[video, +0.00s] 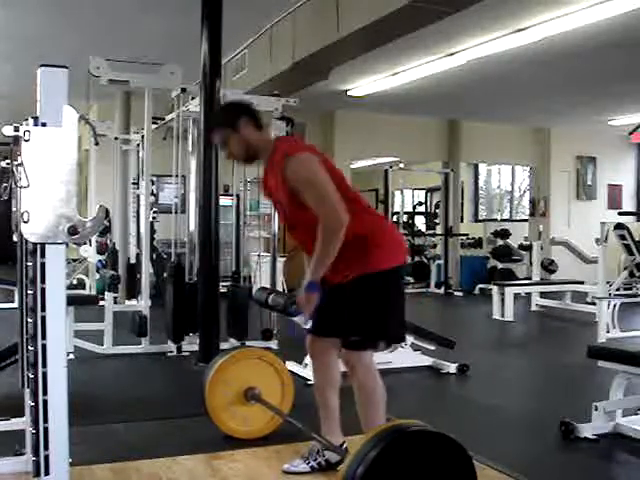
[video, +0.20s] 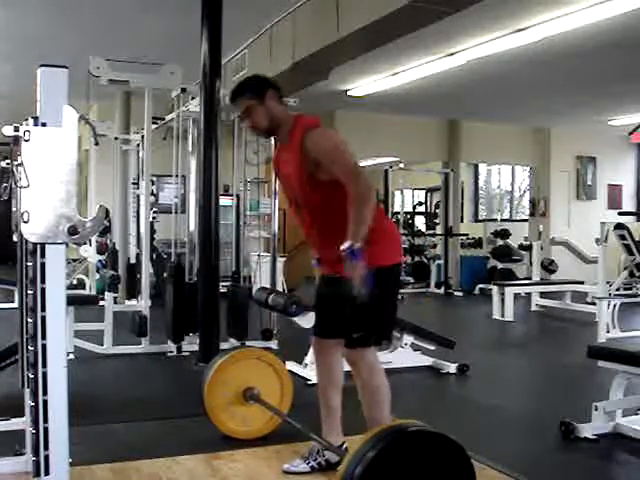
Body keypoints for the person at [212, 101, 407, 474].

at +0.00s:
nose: (227, 153)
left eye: (225, 142)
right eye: (221, 147)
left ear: (247, 127)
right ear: (244, 133)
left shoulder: (294, 159)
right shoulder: (275, 170)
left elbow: (335, 217)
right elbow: (310, 231)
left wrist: (312, 281)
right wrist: (299, 282)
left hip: (371, 259)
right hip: (343, 264)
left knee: (357, 355)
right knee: (322, 346)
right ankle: (332, 443)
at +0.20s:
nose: (247, 124)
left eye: (249, 113)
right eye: (242, 117)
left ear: (272, 99)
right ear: (260, 110)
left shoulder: (316, 138)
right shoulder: (283, 153)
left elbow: (362, 186)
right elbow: (307, 212)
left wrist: (354, 247)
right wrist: (311, 258)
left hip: (370, 258)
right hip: (335, 262)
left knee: (361, 351)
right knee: (326, 346)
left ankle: (383, 447)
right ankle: (331, 445)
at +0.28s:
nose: (263, 115)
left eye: (265, 104)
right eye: (257, 110)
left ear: (288, 90)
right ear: (261, 109)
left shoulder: (327, 127)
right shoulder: (289, 148)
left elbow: (379, 168)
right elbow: (310, 209)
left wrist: (378, 235)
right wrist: (313, 264)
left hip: (364, 261)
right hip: (335, 265)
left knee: (351, 350)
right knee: (330, 349)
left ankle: (398, 439)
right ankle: (331, 445)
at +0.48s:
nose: (291, 106)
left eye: (294, 95)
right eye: (285, 100)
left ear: (318, 83)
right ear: (286, 100)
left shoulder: (356, 122)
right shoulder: (312, 138)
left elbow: (415, 161)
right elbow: (331, 204)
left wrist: (417, 229)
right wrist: (328, 258)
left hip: (380, 261)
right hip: (342, 264)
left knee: (383, 356)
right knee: (330, 349)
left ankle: (414, 444)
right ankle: (331, 446)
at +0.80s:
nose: (342, 102)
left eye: (346, 91)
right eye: (334, 96)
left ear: (363, 76)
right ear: (328, 93)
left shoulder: (404, 118)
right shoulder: (342, 132)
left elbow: (456, 166)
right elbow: (362, 193)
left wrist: (425, 228)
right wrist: (357, 238)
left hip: (405, 263)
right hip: (360, 262)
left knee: (411, 357)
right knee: (344, 343)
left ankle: (419, 447)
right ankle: (347, 441)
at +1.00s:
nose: (363, 100)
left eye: (367, 89)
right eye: (354, 94)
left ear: (384, 75)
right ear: (348, 91)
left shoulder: (418, 126)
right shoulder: (352, 131)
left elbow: (432, 196)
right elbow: (349, 185)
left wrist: (378, 227)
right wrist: (349, 219)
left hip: (407, 261)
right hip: (364, 262)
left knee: (411, 357)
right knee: (364, 348)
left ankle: (421, 444)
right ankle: (375, 437)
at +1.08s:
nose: (365, 100)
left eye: (369, 90)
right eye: (356, 94)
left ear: (386, 77)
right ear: (350, 92)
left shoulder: (418, 125)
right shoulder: (353, 132)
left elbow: (426, 195)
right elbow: (344, 188)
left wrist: (372, 225)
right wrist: (351, 219)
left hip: (404, 261)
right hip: (361, 262)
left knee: (407, 356)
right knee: (366, 350)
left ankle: (419, 444)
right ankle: (375, 438)